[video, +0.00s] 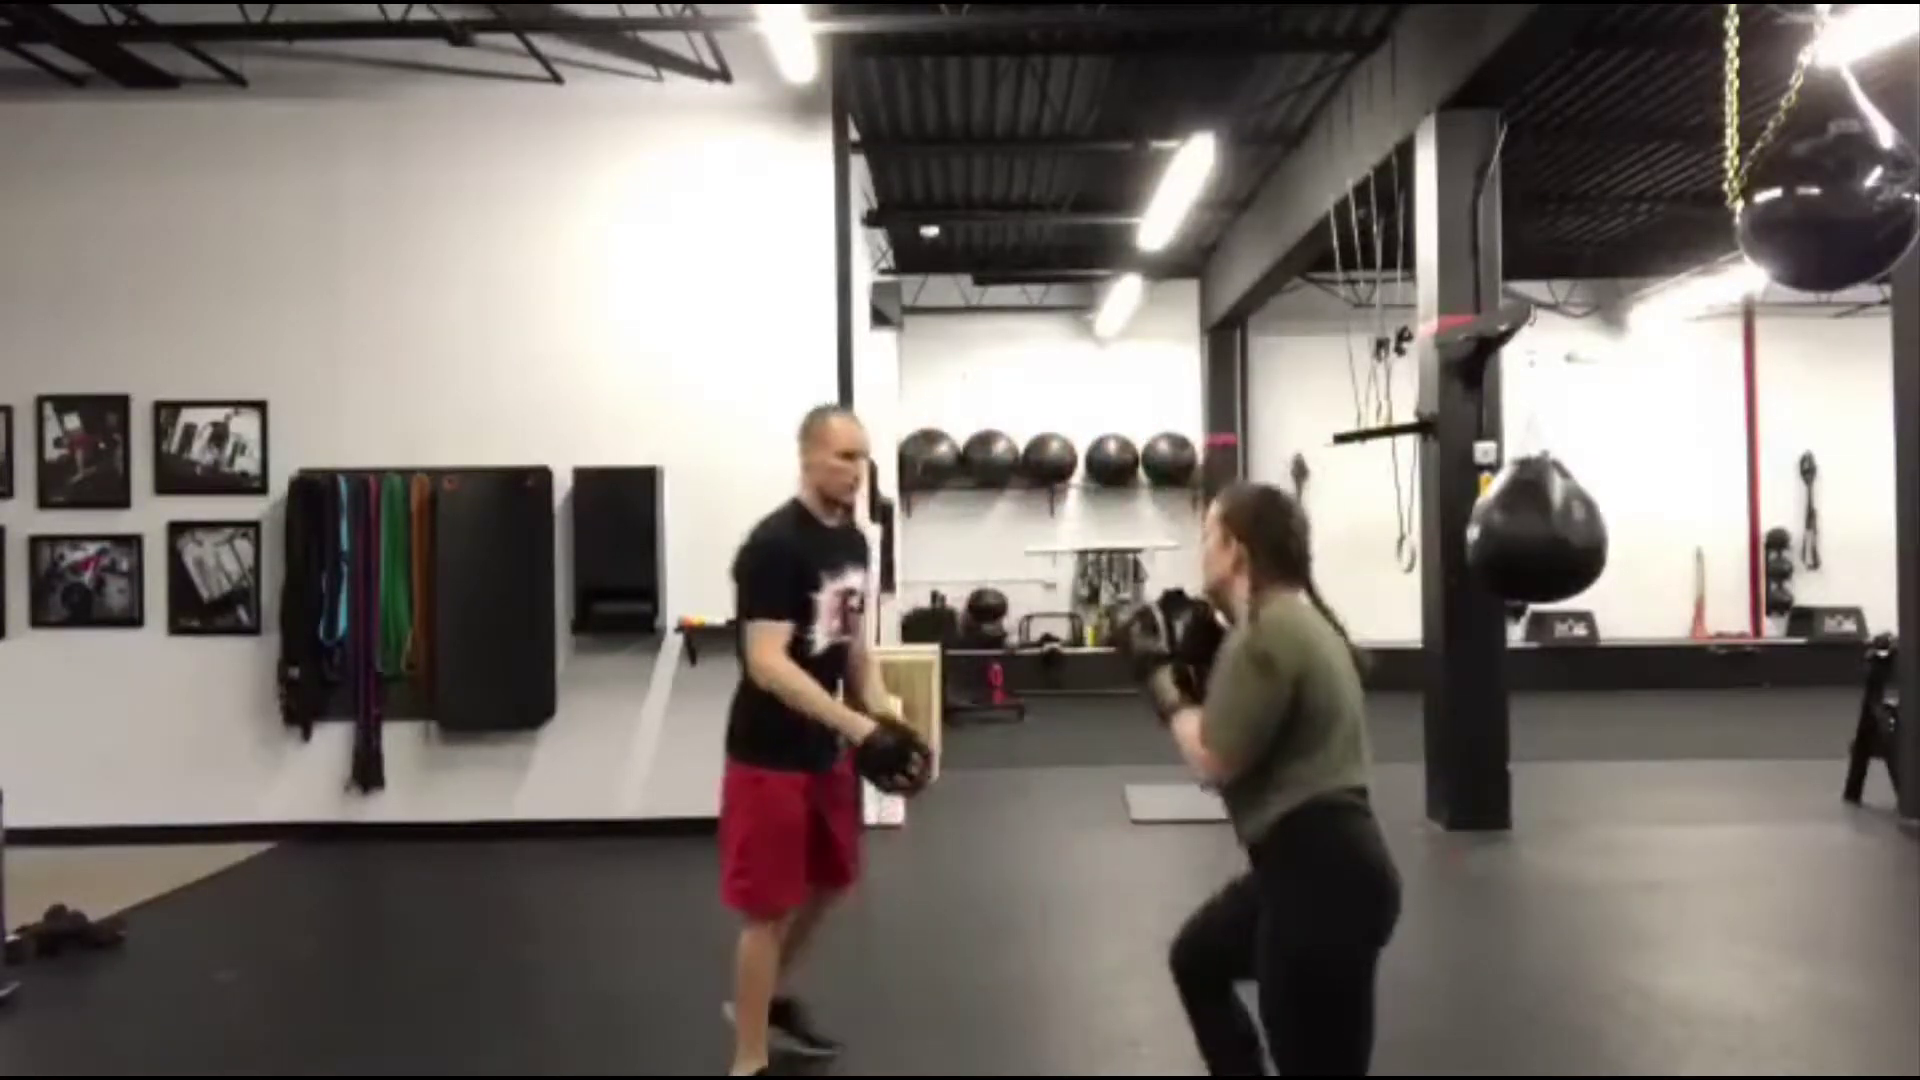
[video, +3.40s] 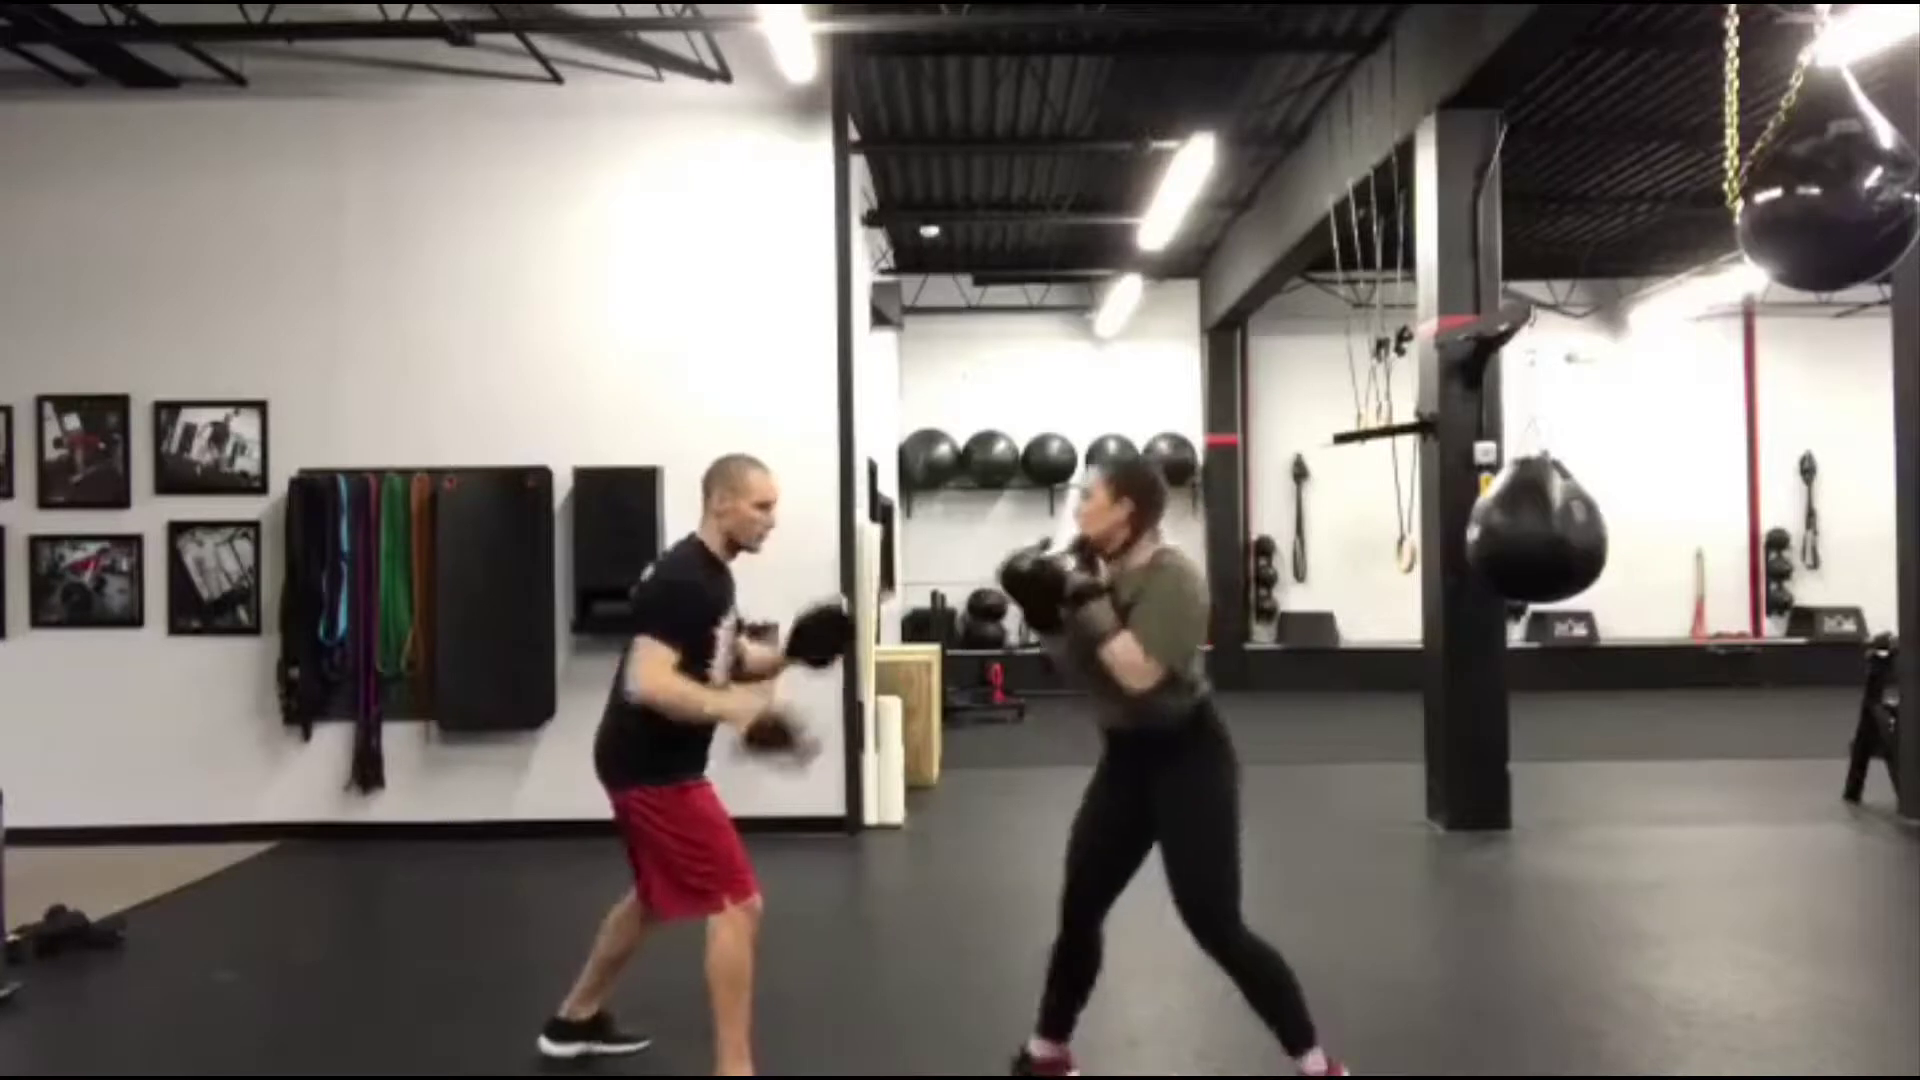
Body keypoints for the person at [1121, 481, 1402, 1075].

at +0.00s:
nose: (1203, 554)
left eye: (1208, 540)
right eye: (1205, 540)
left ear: (1236, 551)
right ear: (1281, 548)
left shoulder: (1265, 636)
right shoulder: (1306, 623)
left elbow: (1213, 761)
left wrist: (1164, 681)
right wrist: (1213, 662)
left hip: (1317, 876)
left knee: (1314, 1061)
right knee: (1198, 957)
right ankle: (1243, 1069)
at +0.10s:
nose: (1188, 508)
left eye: (1194, 493)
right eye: (1191, 493)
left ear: (1223, 500)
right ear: (1252, 499)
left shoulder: (1258, 582)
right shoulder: (1282, 572)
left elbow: (1193, 702)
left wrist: (1153, 638)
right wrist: (1195, 605)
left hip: (1302, 826)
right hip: (1288, 819)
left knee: (1334, 1045)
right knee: (1182, 928)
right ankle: (1224, 1068)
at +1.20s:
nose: (1149, 520)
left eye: (1158, 508)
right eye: (1153, 508)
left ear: (1189, 518)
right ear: (1194, 519)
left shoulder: (1217, 600)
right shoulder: (1196, 595)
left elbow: (1142, 688)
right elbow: (1155, 673)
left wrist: (1114, 618)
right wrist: (1130, 606)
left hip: (1230, 797)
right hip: (1191, 793)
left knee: (1250, 985)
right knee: (1134, 933)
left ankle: (1346, 1065)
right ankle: (1143, 1069)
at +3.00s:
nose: (1113, 513)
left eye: (1120, 501)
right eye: (1115, 501)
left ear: (1152, 510)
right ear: (1155, 511)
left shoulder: (1207, 582)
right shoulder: (1152, 576)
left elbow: (1158, 676)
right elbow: (1131, 632)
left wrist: (1110, 595)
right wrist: (1075, 575)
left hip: (1213, 774)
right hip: (1154, 771)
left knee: (1257, 940)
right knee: (1071, 900)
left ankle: (1347, 1068)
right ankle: (1078, 1043)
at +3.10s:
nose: (1084, 528)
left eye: (1093, 517)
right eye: (1087, 517)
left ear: (1126, 526)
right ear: (1124, 526)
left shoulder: (1181, 604)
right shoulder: (1099, 585)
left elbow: (1152, 700)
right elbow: (1025, 573)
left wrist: (1096, 621)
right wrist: (962, 536)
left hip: (1181, 778)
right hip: (1117, 776)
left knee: (1231, 943)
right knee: (1056, 918)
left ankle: (1327, 1068)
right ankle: (1048, 1057)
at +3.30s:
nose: (1068, 530)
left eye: (1079, 520)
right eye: (1071, 520)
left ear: (1112, 533)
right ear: (1102, 534)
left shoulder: (1159, 608)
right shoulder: (1085, 599)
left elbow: (1128, 709)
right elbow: (1036, 645)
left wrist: (1080, 634)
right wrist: (1014, 615)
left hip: (1160, 787)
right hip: (1098, 785)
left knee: (1209, 947)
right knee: (1043, 926)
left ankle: (1304, 1068)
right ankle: (1050, 1061)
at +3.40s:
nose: (1080, 510)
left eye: (1091, 500)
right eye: (1083, 498)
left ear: (1128, 510)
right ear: (1121, 510)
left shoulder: (1175, 578)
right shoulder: (1095, 574)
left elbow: (1140, 673)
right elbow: (1088, 664)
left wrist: (1090, 599)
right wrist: (1047, 613)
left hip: (1191, 759)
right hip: (1128, 759)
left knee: (1213, 922)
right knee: (1080, 909)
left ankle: (1312, 1059)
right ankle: (1048, 1050)